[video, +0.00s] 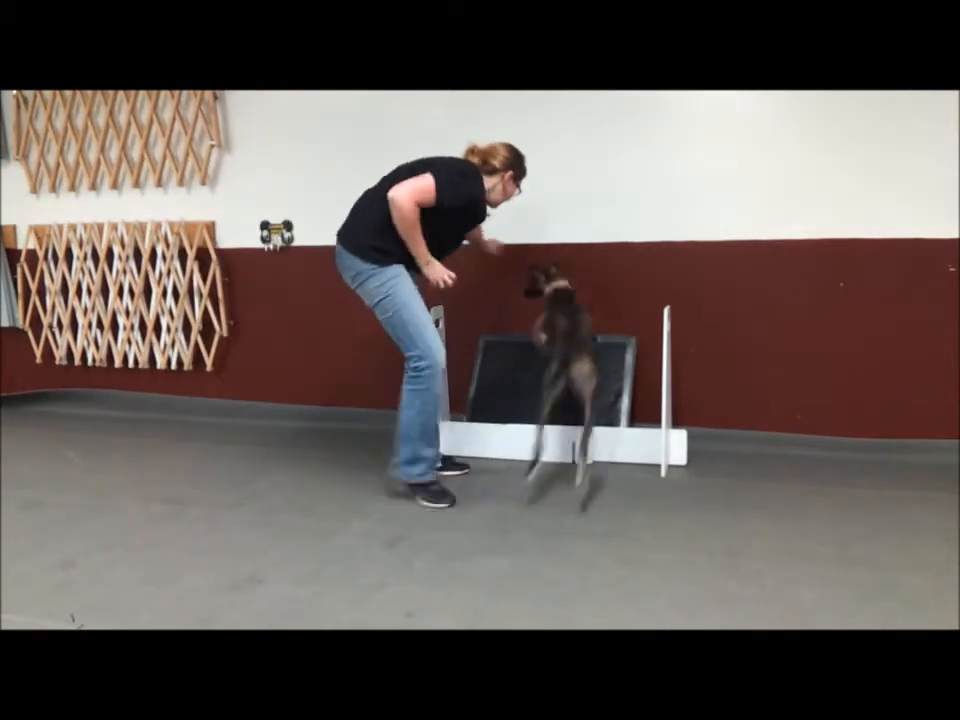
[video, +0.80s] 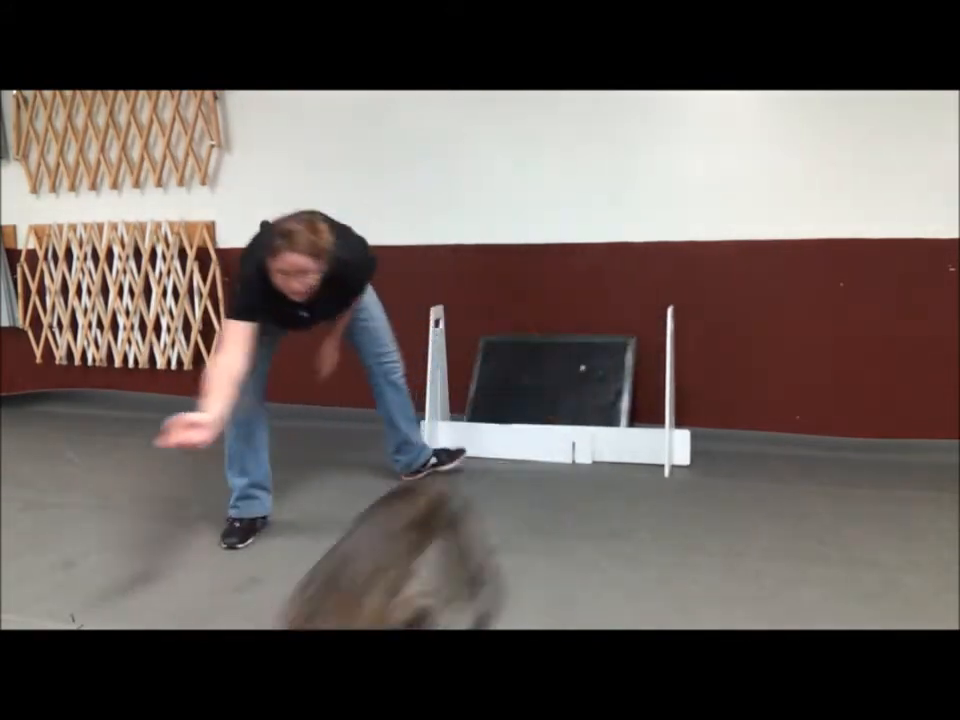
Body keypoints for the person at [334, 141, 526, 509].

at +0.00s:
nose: (514, 194)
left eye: (517, 188)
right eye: (515, 186)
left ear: (498, 175)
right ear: (503, 176)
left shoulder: (470, 189)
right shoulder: (465, 182)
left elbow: (467, 221)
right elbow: (401, 196)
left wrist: (483, 243)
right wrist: (426, 262)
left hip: (386, 258)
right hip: (370, 257)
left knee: (431, 355)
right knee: (427, 357)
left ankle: (426, 454)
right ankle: (414, 472)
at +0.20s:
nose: (516, 197)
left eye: (519, 190)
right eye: (517, 188)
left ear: (498, 178)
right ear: (502, 180)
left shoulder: (469, 206)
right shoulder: (451, 187)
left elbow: (434, 246)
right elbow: (391, 239)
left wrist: (459, 285)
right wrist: (434, 289)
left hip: (393, 256)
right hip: (356, 254)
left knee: (423, 350)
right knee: (408, 350)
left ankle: (424, 453)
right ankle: (421, 462)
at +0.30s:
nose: (511, 213)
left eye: (514, 206)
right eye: (510, 204)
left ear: (491, 195)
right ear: (492, 195)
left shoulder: (466, 221)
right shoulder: (438, 207)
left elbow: (432, 273)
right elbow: (402, 279)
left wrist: (457, 321)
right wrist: (447, 328)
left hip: (387, 266)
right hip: (343, 256)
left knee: (424, 350)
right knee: (375, 348)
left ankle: (420, 458)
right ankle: (383, 465)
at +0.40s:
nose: (490, 235)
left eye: (494, 229)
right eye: (488, 227)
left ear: (469, 218)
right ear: (467, 217)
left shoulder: (454, 242)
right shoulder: (419, 230)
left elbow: (429, 299)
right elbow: (411, 318)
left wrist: (448, 368)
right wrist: (455, 379)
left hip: (379, 276)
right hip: (331, 264)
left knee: (423, 353)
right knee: (347, 353)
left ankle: (420, 459)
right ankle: (311, 474)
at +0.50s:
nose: (460, 264)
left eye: (464, 256)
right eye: (456, 255)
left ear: (431, 244)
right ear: (428, 245)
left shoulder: (430, 254)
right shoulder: (391, 254)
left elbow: (409, 310)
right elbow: (398, 347)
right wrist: (429, 417)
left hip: (369, 286)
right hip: (319, 277)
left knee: (427, 345)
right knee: (317, 373)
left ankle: (418, 455)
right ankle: (266, 491)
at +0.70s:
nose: (350, 297)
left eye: (359, 287)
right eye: (340, 287)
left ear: (373, 281)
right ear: (320, 277)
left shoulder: (386, 271)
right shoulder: (296, 277)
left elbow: (371, 309)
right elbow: (293, 352)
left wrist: (355, 346)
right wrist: (295, 418)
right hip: (278, 293)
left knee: (413, 359)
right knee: (253, 384)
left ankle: (418, 466)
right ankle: (250, 508)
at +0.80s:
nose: (297, 283)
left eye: (306, 275)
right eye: (286, 274)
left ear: (323, 265)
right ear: (269, 266)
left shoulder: (353, 261)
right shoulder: (255, 270)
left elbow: (349, 302)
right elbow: (231, 350)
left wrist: (332, 343)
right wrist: (211, 414)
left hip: (340, 298)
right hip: (269, 309)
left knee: (386, 361)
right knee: (244, 393)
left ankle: (412, 457)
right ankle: (248, 506)